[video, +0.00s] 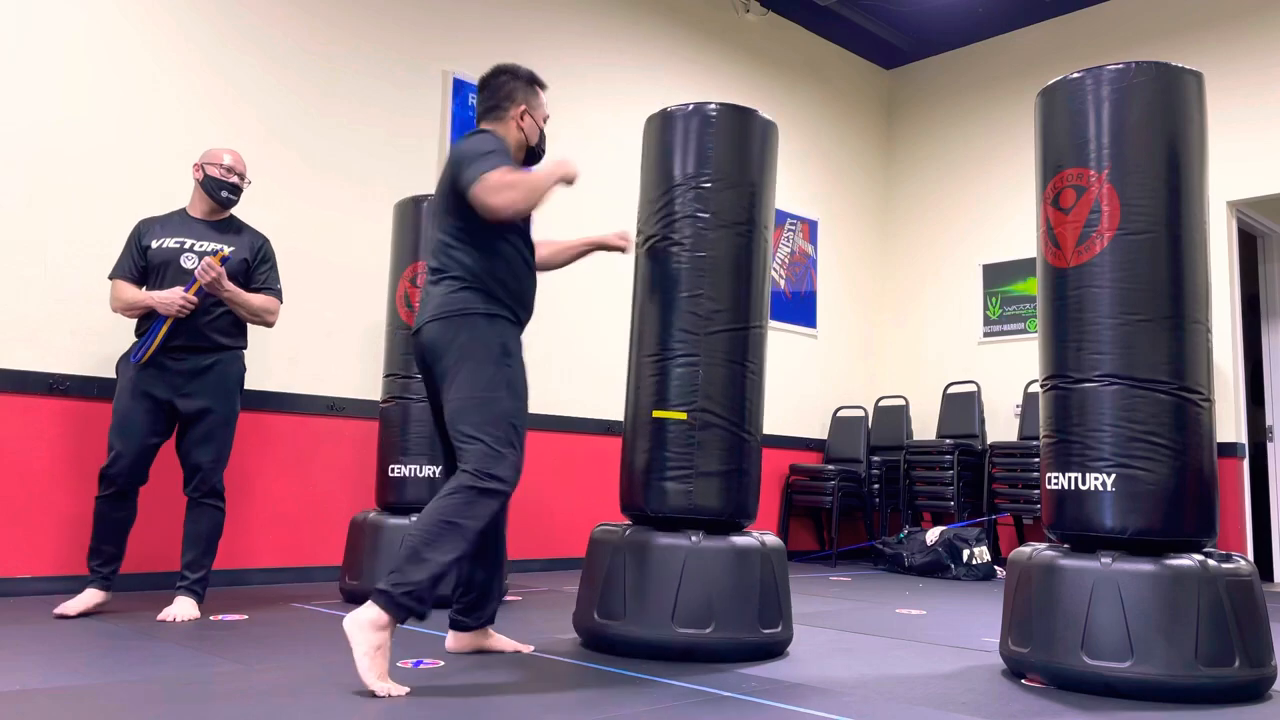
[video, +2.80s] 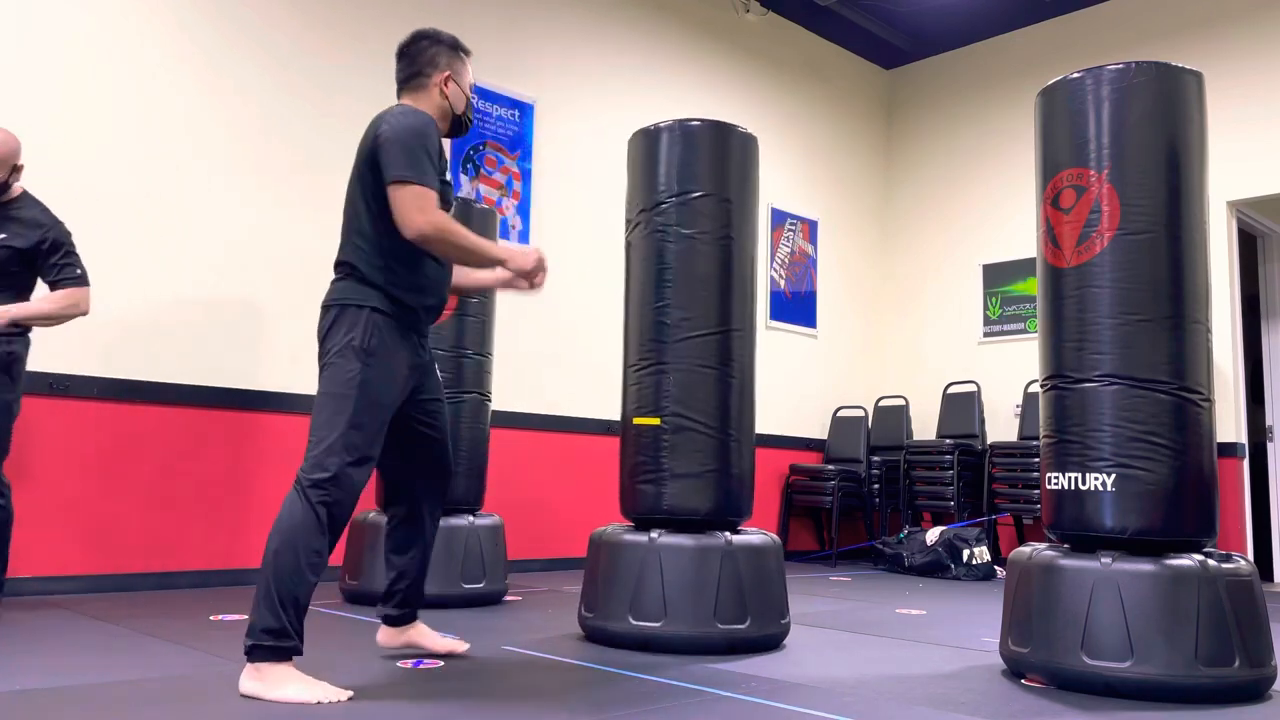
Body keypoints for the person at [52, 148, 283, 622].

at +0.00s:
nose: (231, 179)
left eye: (239, 176)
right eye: (222, 168)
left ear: (244, 189)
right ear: (197, 172)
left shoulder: (253, 244)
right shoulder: (150, 230)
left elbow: (269, 313)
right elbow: (119, 298)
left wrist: (227, 290)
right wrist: (156, 299)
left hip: (214, 377)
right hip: (148, 371)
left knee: (205, 483)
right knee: (119, 472)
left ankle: (189, 593)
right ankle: (99, 584)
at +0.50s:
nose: (168, 185)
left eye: (176, 182)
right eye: (159, 176)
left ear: (182, 194)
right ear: (133, 180)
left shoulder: (193, 250)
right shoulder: (88, 237)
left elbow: (207, 320)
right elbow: (56, 301)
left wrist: (166, 291)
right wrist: (93, 301)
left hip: (158, 382)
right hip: (91, 379)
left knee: (169, 483)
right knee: (80, 484)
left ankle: (184, 592)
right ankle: (71, 587)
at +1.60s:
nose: (106, 183)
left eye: (112, 178)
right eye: (95, 174)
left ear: (119, 189)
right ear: (69, 180)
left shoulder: (136, 245)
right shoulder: (28, 241)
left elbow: (157, 311)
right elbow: (3, 307)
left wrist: (111, 290)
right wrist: (37, 303)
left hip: (110, 378)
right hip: (45, 378)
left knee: (113, 479)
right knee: (56, 482)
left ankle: (116, 587)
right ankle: (69, 586)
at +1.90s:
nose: (99, 182)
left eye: (106, 177)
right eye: (89, 173)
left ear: (112, 187)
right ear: (60, 178)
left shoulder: (127, 242)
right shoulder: (19, 240)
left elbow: (148, 310)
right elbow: (1, 307)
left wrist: (96, 287)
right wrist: (25, 302)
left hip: (97, 367)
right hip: (35, 369)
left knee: (71, 463)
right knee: (44, 474)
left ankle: (60, 586)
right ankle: (67, 579)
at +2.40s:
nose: (39, 186)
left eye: (51, 179)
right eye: (31, 175)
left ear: (72, 179)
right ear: (19, 168)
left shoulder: (90, 236)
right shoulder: (3, 221)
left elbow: (114, 307)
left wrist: (47, 288)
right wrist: (5, 289)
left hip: (48, 358)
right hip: (4, 358)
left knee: (11, 467)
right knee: (29, 470)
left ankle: (1, 582)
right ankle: (67, 576)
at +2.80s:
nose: (2, 181)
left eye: (4, 172)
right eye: (3, 172)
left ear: (13, 171)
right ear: (10, 170)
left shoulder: (35, 222)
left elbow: (76, 298)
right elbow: (75, 296)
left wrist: (8, 313)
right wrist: (14, 315)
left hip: (2, 367)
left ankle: (0, 581)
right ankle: (1, 579)